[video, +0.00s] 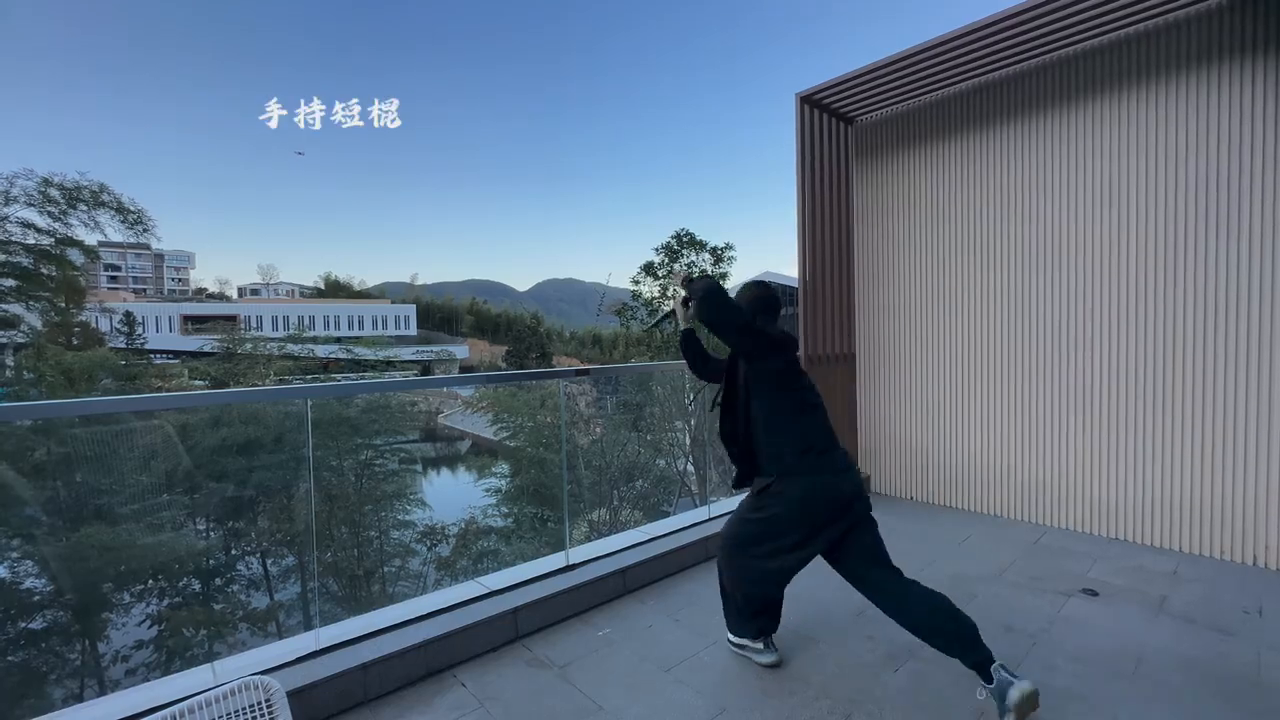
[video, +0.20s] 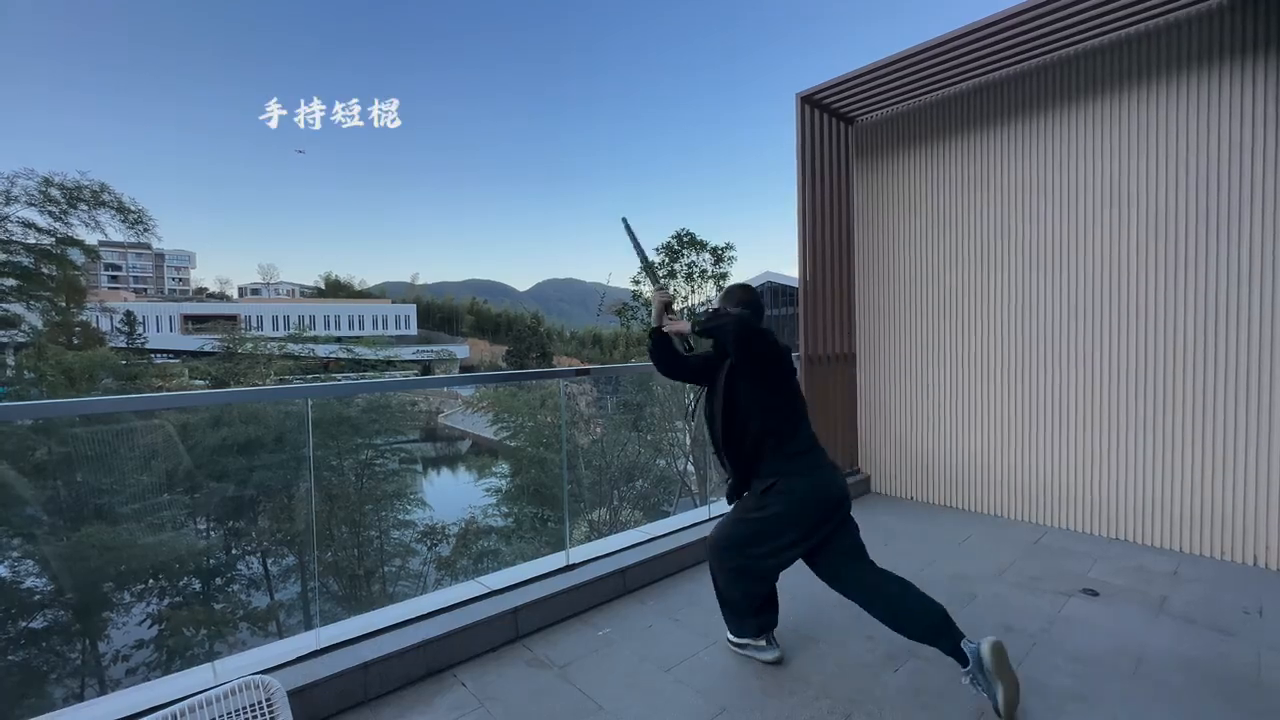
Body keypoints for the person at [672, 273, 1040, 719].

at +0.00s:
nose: (733, 313)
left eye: (737, 305)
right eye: (736, 306)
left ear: (746, 313)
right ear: (773, 314)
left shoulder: (769, 348)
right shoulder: (748, 365)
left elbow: (721, 313)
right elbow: (704, 367)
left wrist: (696, 285)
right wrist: (685, 326)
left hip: (795, 486)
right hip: (834, 485)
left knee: (739, 549)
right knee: (890, 587)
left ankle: (755, 637)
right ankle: (996, 676)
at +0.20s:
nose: (713, 317)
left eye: (718, 312)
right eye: (716, 312)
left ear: (735, 316)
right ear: (749, 316)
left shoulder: (756, 348)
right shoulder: (721, 364)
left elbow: (734, 325)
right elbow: (671, 364)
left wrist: (688, 326)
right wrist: (657, 323)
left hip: (789, 487)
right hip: (814, 485)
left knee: (729, 547)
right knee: (860, 578)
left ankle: (753, 634)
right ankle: (967, 653)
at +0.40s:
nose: (705, 327)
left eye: (711, 322)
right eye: (709, 320)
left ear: (726, 331)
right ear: (735, 331)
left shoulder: (768, 370)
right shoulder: (719, 373)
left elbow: (768, 421)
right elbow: (677, 408)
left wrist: (709, 414)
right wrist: (677, 378)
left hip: (791, 496)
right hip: (815, 493)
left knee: (728, 549)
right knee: (864, 586)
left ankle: (755, 637)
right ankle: (968, 654)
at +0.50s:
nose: (709, 330)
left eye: (714, 323)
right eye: (711, 322)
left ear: (729, 329)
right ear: (745, 327)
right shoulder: (734, 366)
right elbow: (708, 411)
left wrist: (702, 452)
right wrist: (685, 407)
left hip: (795, 502)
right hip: (830, 494)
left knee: (730, 547)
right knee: (876, 585)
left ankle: (754, 638)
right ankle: (974, 663)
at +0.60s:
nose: (719, 325)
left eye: (719, 318)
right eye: (720, 317)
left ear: (728, 321)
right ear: (763, 311)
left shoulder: (748, 370)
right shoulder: (793, 340)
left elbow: (741, 440)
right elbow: (742, 377)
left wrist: (708, 420)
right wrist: (715, 397)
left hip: (794, 492)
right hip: (854, 483)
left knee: (741, 545)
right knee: (900, 582)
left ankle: (753, 635)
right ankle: (974, 687)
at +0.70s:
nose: (784, 288)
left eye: (777, 284)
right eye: (780, 283)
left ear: (741, 309)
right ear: (778, 295)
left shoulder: (748, 362)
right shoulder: (813, 322)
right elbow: (818, 309)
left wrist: (771, 311)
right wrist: (785, 305)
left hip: (806, 480)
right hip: (869, 474)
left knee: (781, 554)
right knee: (930, 576)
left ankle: (759, 633)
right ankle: (974, 703)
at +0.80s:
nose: (826, 290)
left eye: (822, 283)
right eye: (819, 284)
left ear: (787, 297)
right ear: (801, 293)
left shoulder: (789, 336)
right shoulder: (823, 332)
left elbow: (847, 367)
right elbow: (896, 348)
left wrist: (874, 324)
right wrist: (928, 300)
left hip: (826, 483)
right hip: (870, 485)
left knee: (816, 561)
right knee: (954, 580)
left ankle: (759, 633)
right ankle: (981, 706)